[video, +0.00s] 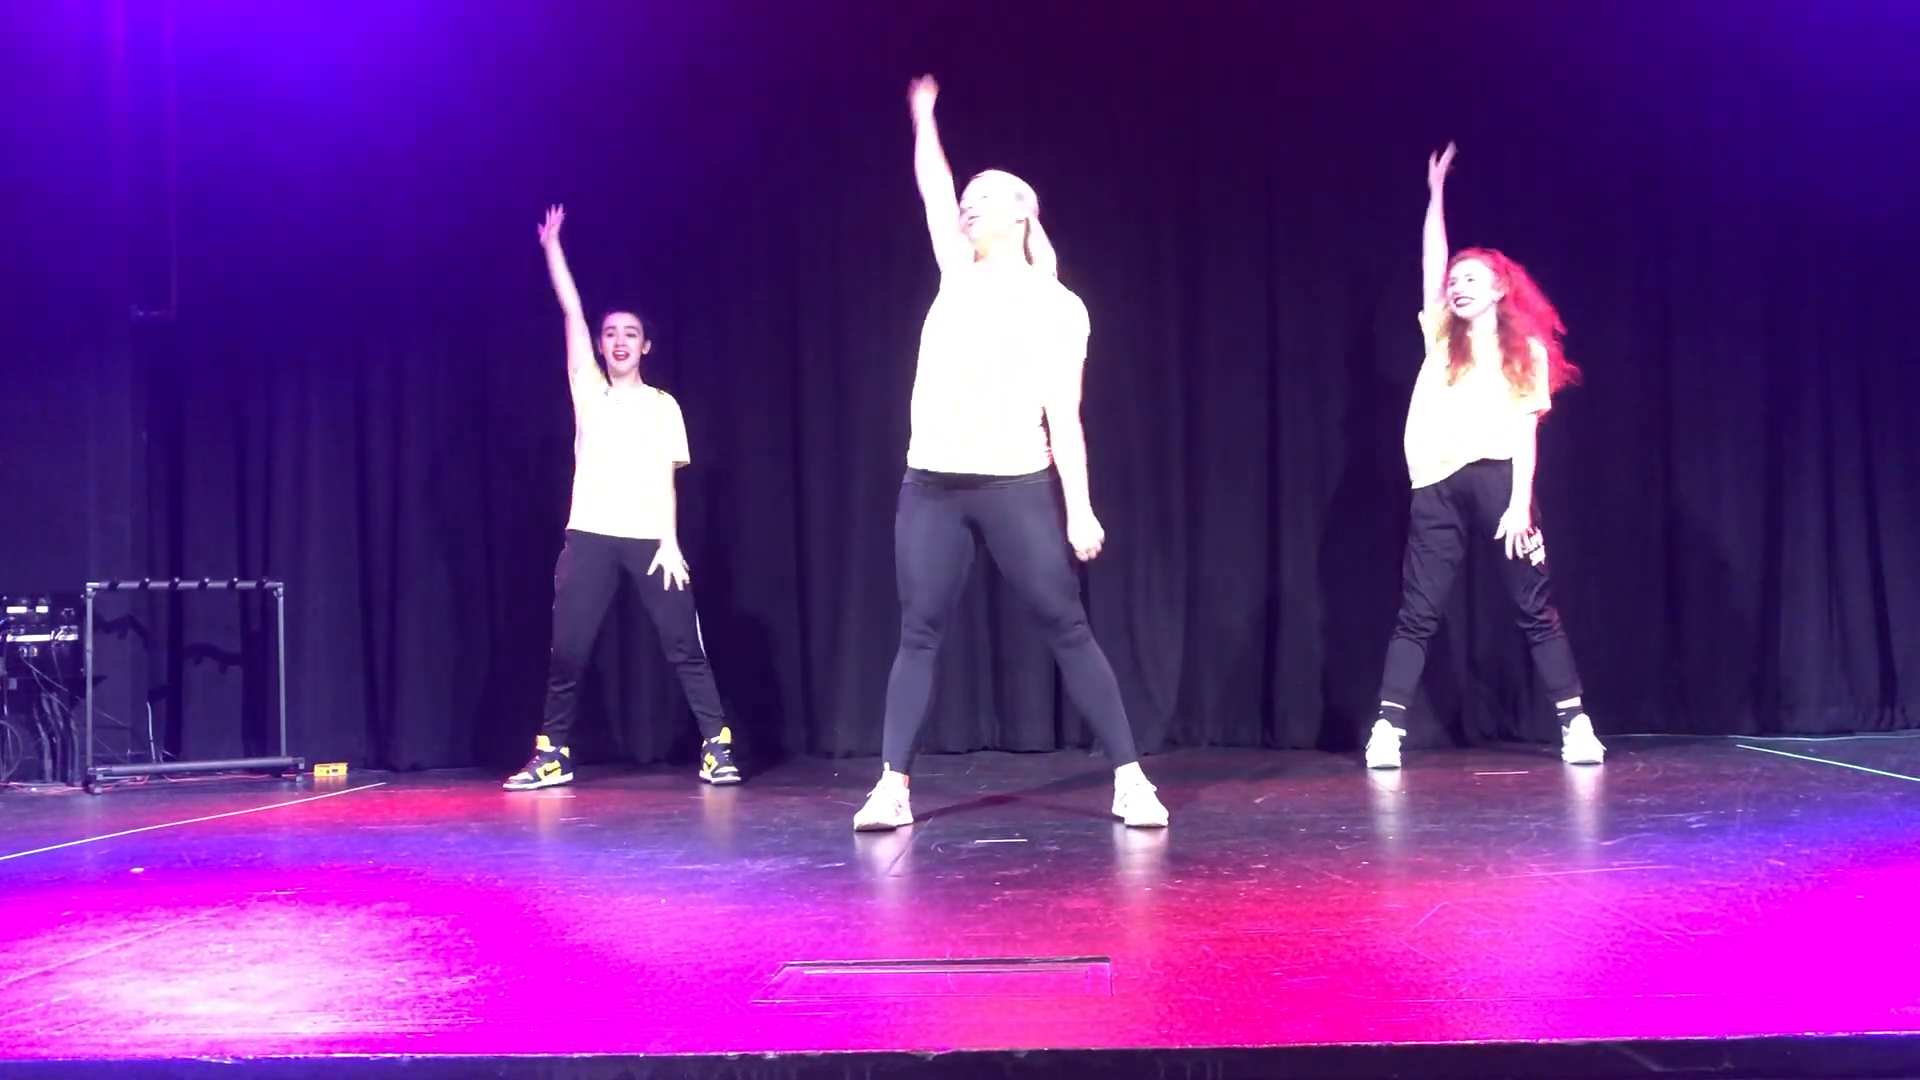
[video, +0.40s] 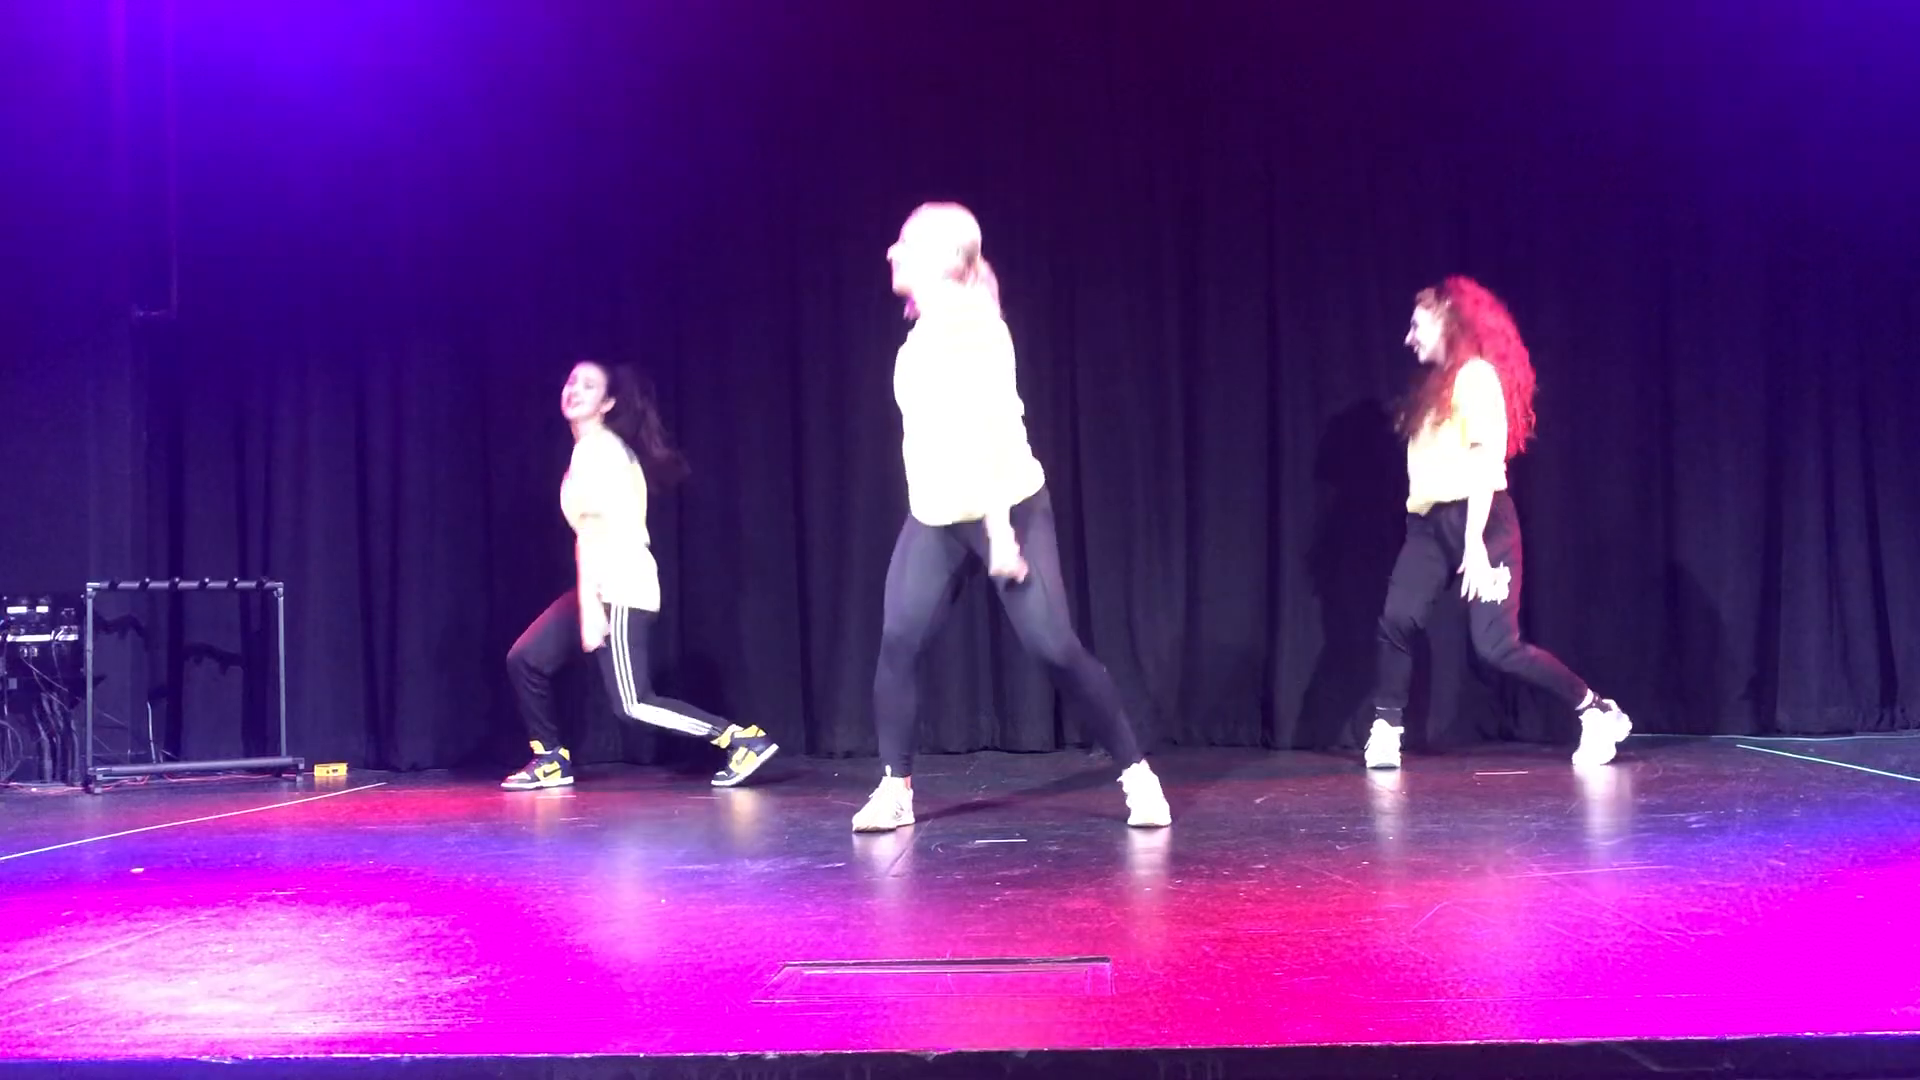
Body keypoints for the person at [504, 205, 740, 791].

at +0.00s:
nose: (619, 342)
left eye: (629, 335)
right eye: (611, 334)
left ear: (645, 346)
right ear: (599, 344)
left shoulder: (664, 406)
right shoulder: (587, 391)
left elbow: (666, 480)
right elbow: (572, 312)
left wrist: (670, 543)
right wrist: (552, 245)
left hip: (649, 539)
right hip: (590, 538)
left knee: (686, 647)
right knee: (567, 650)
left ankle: (717, 747)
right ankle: (553, 755)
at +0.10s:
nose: (612, 345)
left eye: (623, 338)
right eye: (606, 337)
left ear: (642, 347)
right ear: (598, 347)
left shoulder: (654, 407)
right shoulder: (592, 391)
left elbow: (654, 479)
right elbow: (564, 341)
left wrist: (651, 542)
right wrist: (533, 301)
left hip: (634, 542)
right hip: (578, 541)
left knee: (676, 647)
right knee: (559, 650)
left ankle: (724, 740)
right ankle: (553, 753)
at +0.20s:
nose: (603, 346)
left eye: (615, 339)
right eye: (598, 339)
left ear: (636, 353)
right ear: (592, 350)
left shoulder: (633, 407)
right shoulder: (602, 402)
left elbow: (629, 481)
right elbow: (576, 395)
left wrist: (622, 551)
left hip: (620, 544)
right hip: (577, 543)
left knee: (662, 649)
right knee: (550, 644)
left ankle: (739, 735)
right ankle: (553, 757)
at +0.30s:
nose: (590, 360)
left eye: (603, 355)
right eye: (587, 351)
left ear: (625, 369)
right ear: (579, 360)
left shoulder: (616, 422)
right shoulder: (595, 420)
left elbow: (614, 502)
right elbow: (601, 493)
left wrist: (609, 569)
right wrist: (573, 497)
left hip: (621, 560)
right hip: (587, 559)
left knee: (641, 669)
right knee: (537, 654)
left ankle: (741, 736)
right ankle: (551, 758)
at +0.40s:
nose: (572, 391)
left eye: (586, 386)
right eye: (571, 383)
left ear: (607, 403)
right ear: (565, 392)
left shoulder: (599, 451)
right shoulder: (589, 448)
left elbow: (592, 536)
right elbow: (596, 531)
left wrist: (590, 607)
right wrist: (596, 599)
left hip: (622, 588)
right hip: (600, 586)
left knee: (632, 702)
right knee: (525, 659)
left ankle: (742, 741)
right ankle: (550, 760)